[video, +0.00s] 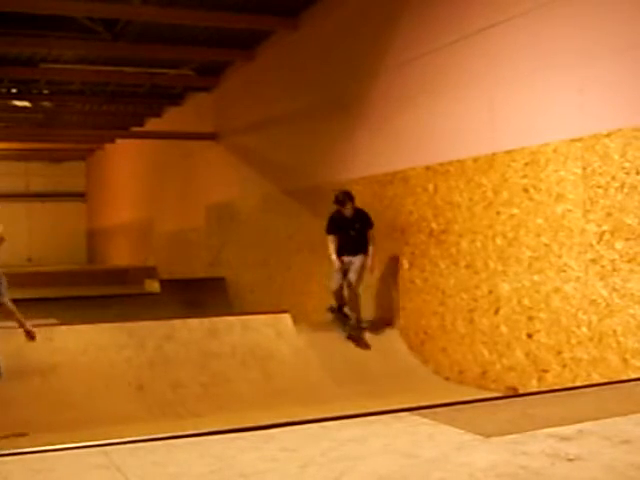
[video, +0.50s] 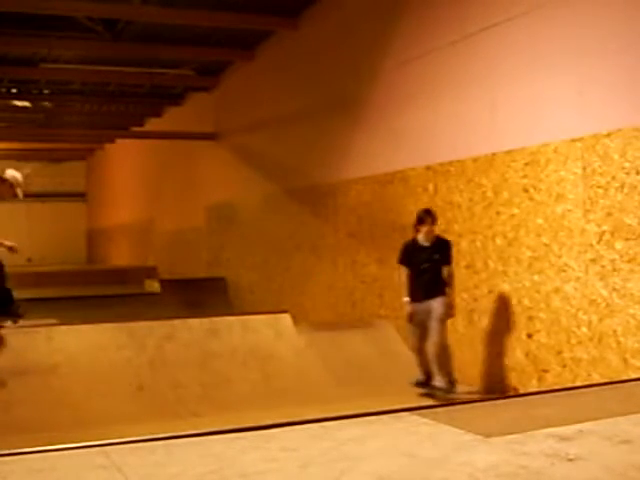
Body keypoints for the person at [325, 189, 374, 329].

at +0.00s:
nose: (348, 210)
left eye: (349, 206)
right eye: (344, 208)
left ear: (353, 204)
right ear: (339, 207)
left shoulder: (362, 216)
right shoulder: (335, 218)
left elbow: (370, 238)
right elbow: (331, 239)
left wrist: (370, 258)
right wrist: (334, 258)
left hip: (359, 255)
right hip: (342, 255)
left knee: (352, 285)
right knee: (335, 286)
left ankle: (356, 319)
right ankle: (339, 306)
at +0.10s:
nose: (358, 219)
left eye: (360, 215)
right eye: (355, 216)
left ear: (365, 214)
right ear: (351, 216)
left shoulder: (375, 228)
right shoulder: (347, 229)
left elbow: (382, 250)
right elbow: (342, 251)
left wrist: (380, 270)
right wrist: (343, 271)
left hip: (369, 267)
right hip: (352, 267)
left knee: (361, 299)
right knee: (345, 296)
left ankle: (361, 330)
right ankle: (343, 310)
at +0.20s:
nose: (372, 228)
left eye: (375, 224)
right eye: (370, 224)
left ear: (381, 224)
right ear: (365, 225)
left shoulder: (390, 240)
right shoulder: (360, 240)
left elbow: (396, 264)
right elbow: (354, 262)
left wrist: (393, 284)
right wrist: (354, 283)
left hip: (382, 283)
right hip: (364, 282)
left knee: (371, 316)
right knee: (356, 312)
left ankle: (374, 349)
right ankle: (353, 331)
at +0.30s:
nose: (390, 233)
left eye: (393, 229)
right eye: (387, 229)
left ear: (397, 230)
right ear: (382, 230)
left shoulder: (406, 248)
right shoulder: (375, 247)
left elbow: (411, 274)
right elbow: (370, 271)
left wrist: (409, 296)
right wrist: (368, 295)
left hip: (397, 294)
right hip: (379, 294)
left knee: (391, 330)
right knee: (373, 331)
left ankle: (393, 364)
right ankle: (379, 357)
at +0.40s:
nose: (408, 233)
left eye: (411, 230)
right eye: (405, 229)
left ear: (416, 230)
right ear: (400, 230)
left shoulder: (423, 248)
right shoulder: (391, 249)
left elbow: (430, 274)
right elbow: (385, 274)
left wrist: (429, 297)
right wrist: (387, 298)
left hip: (416, 296)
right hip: (397, 297)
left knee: (415, 336)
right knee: (396, 337)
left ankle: (418, 372)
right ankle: (402, 369)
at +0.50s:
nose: (430, 229)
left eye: (432, 225)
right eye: (426, 225)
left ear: (435, 225)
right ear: (419, 226)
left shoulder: (442, 244)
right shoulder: (409, 247)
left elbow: (447, 271)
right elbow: (404, 275)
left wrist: (449, 294)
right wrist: (406, 299)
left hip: (437, 296)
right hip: (417, 298)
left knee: (435, 339)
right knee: (417, 342)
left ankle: (439, 376)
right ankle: (424, 374)